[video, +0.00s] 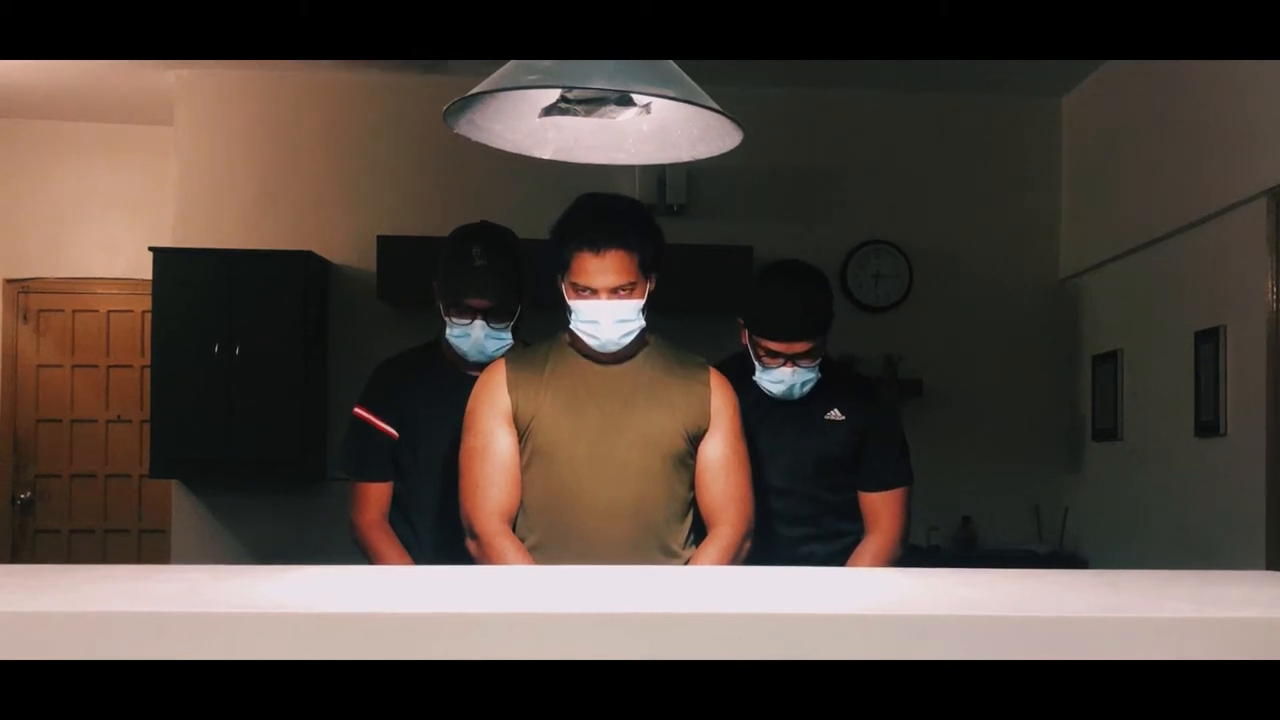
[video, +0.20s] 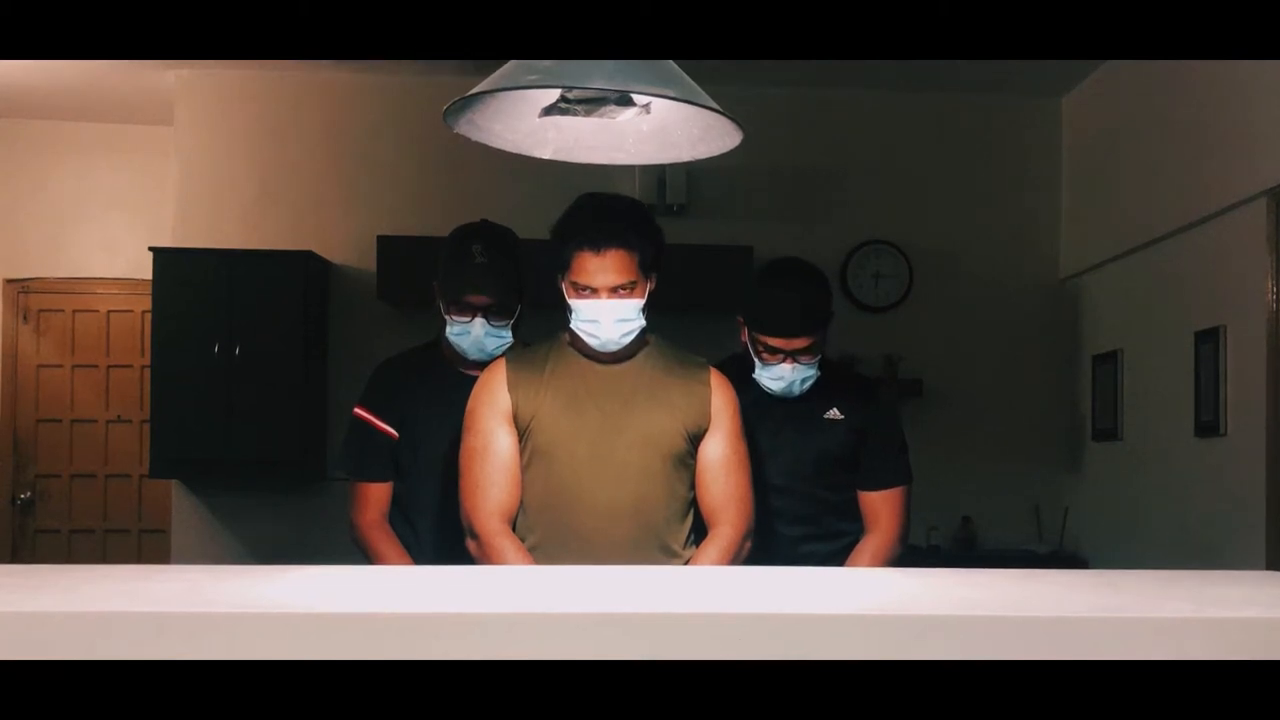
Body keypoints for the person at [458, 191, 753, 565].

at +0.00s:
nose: (603, 309)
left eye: (622, 291)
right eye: (585, 291)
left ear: (648, 286)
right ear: (562, 286)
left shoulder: (705, 389)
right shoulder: (506, 382)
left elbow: (731, 532)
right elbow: (487, 529)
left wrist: (670, 613)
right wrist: (552, 610)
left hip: (665, 611)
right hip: (542, 610)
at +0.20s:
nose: (603, 308)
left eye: (622, 290)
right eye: (585, 290)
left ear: (648, 286)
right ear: (563, 286)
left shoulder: (705, 390)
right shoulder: (506, 382)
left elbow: (731, 532)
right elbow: (487, 529)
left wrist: (670, 613)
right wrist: (553, 610)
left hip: (665, 611)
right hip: (542, 610)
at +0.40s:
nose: (604, 307)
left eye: (623, 289)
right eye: (585, 290)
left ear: (649, 286)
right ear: (563, 286)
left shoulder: (706, 389)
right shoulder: (507, 382)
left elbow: (731, 531)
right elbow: (486, 528)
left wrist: (670, 613)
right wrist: (552, 610)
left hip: (665, 611)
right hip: (542, 611)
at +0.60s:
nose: (605, 307)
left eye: (624, 288)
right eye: (586, 289)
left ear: (650, 285)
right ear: (564, 285)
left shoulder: (706, 389)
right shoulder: (507, 382)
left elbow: (732, 533)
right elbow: (486, 529)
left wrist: (669, 615)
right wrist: (554, 612)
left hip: (665, 613)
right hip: (543, 612)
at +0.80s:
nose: (605, 306)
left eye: (624, 287)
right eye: (586, 288)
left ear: (650, 285)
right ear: (564, 285)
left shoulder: (706, 389)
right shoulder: (507, 382)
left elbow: (732, 532)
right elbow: (487, 529)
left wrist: (670, 613)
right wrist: (553, 612)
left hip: (666, 613)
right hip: (543, 612)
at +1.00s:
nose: (605, 304)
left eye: (625, 286)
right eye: (587, 286)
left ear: (650, 284)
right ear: (564, 284)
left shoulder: (706, 389)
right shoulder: (507, 382)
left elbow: (733, 533)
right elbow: (487, 529)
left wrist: (670, 614)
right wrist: (553, 612)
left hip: (666, 613)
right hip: (544, 613)